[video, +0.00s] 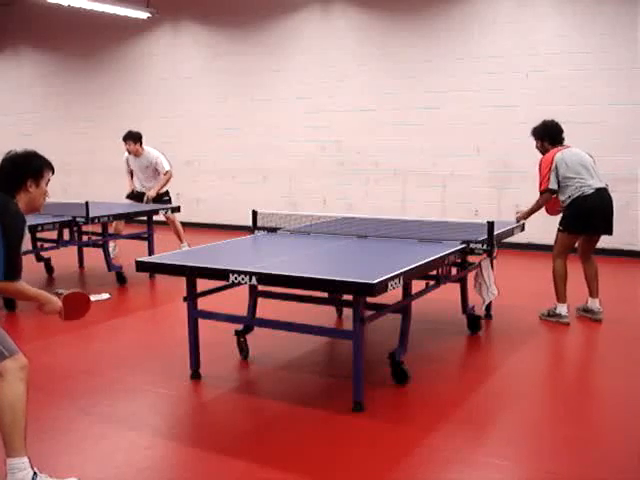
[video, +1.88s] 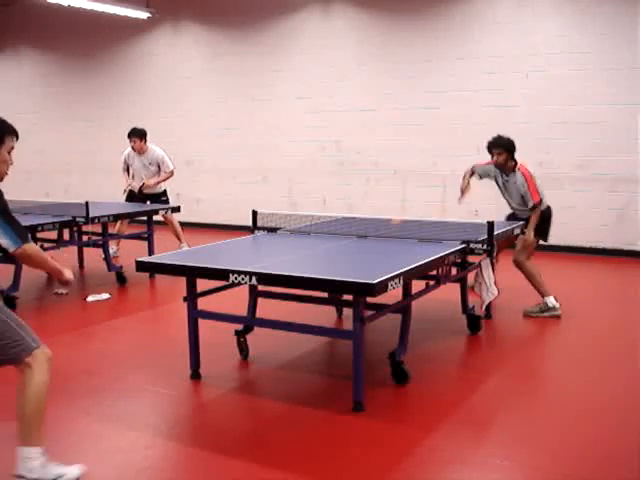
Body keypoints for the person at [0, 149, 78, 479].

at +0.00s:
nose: (47, 193)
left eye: (47, 185)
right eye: (45, 184)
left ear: (23, 184)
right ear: (29, 185)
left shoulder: (8, 214)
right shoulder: (11, 217)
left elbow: (9, 281)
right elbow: (6, 283)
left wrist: (44, 296)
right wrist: (42, 297)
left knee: (14, 366)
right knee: (15, 366)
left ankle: (18, 466)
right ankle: (18, 469)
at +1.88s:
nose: (10, 161)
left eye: (12, 153)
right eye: (8, 152)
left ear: (5, 153)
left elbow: (16, 242)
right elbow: (19, 248)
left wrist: (51, 263)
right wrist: (57, 270)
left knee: (34, 356)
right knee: (37, 357)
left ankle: (30, 459)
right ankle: (31, 460)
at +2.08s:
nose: (62, 180)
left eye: (63, 171)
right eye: (58, 170)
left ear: (28, 167)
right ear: (37, 168)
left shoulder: (4, 187)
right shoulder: (22, 196)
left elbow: (21, 236)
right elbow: (71, 241)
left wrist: (46, 261)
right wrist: (80, 272)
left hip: (6, 311)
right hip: (6, 313)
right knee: (74, 362)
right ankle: (89, 464)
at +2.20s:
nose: (93, 205)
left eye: (95, 199)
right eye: (92, 197)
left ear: (51, 183)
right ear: (74, 189)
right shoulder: (66, 212)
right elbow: (119, 240)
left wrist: (114, 269)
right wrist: (123, 271)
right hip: (16, 321)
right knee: (92, 362)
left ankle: (91, 463)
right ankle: (92, 465)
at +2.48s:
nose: (65, 178)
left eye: (65, 170)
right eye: (63, 170)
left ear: (19, 166)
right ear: (48, 171)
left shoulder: (6, 194)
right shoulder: (53, 201)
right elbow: (130, 218)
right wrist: (165, 239)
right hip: (13, 327)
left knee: (76, 363)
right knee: (78, 365)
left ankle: (92, 463)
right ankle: (92, 464)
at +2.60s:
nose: (10, 127)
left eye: (8, 118)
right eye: (7, 118)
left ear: (2, 119)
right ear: (1, 119)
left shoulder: (5, 166)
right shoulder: (2, 166)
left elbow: (47, 211)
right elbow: (55, 216)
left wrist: (80, 225)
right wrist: (92, 228)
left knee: (26, 389)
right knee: (25, 389)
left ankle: (77, 465)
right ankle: (78, 466)